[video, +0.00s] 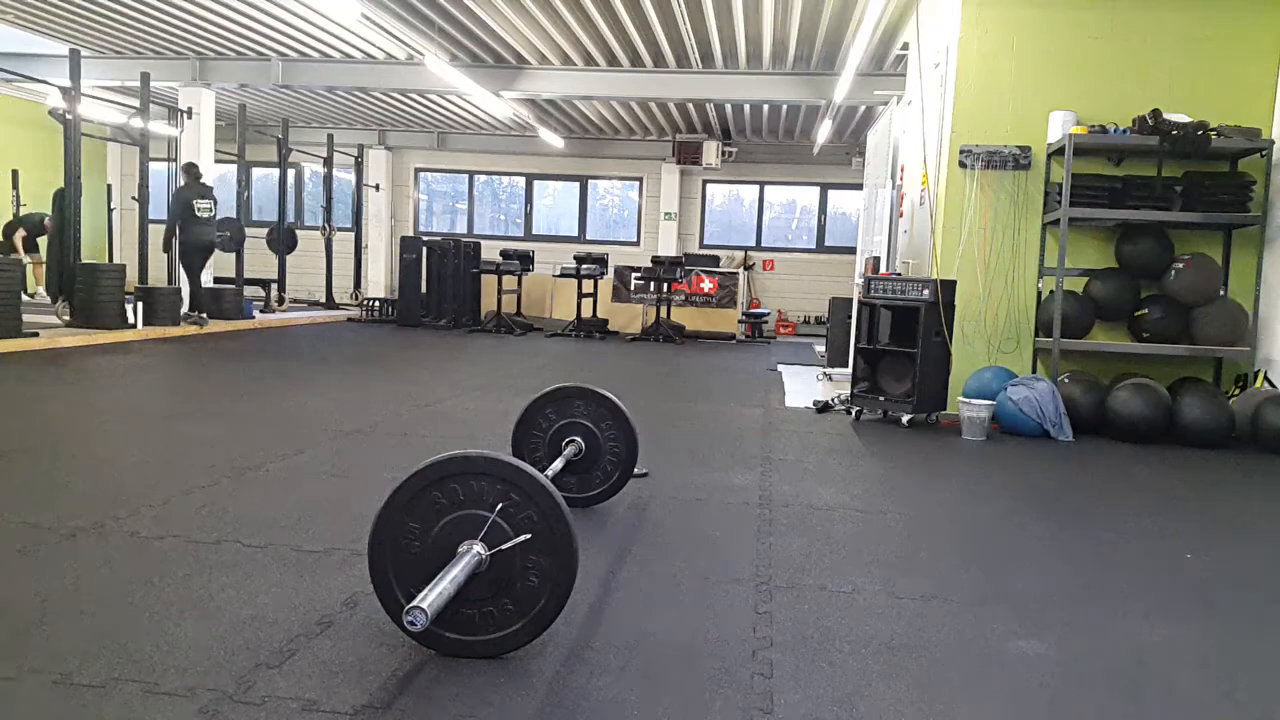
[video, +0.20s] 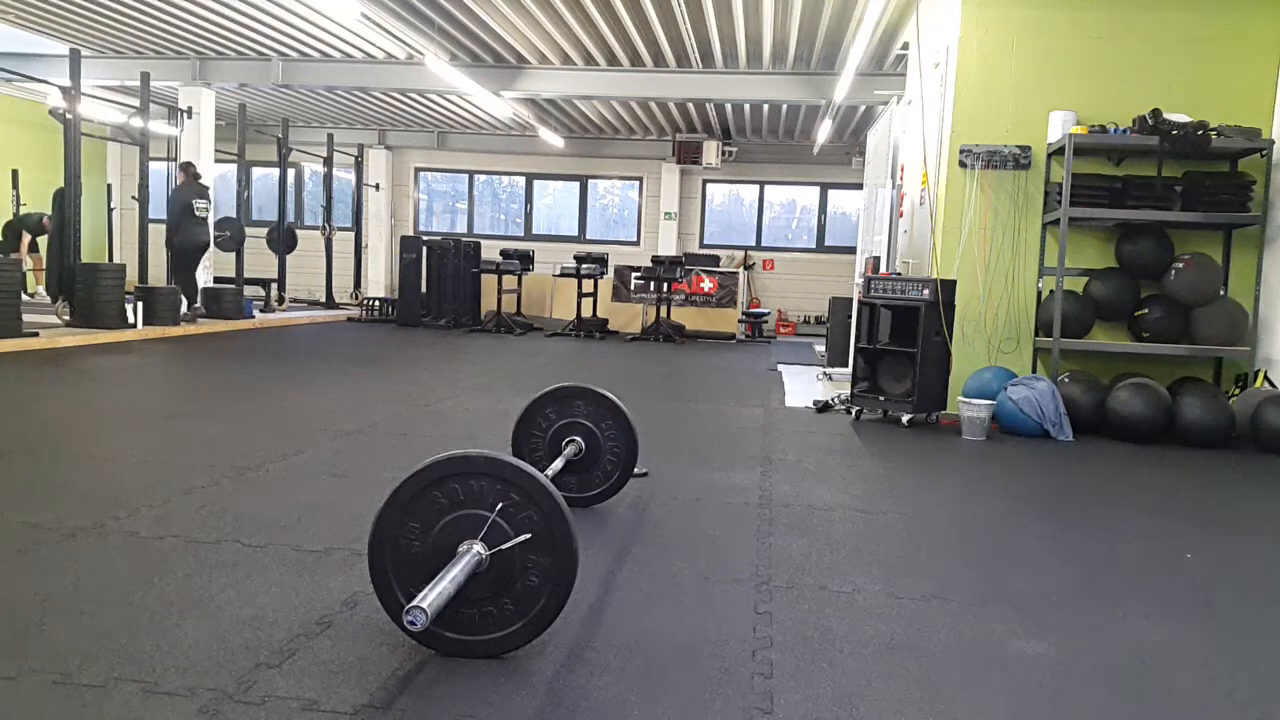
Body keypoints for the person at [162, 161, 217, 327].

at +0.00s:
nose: (182, 177)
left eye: (183, 174)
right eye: (184, 174)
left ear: (185, 174)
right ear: (198, 173)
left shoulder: (180, 193)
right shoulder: (209, 192)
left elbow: (172, 219)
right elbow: (213, 215)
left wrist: (167, 241)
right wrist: (210, 235)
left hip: (189, 240)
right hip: (209, 240)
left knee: (194, 277)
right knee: (195, 276)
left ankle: (202, 314)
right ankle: (191, 311)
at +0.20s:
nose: (177, 177)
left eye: (179, 174)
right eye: (178, 174)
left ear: (183, 174)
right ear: (194, 173)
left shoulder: (179, 191)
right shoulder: (204, 190)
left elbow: (173, 218)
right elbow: (203, 215)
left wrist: (169, 239)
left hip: (184, 237)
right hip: (202, 237)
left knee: (179, 272)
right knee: (190, 272)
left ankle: (193, 305)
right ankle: (191, 308)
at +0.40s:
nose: (171, 176)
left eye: (173, 173)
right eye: (171, 173)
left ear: (180, 173)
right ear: (186, 173)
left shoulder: (180, 190)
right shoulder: (196, 188)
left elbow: (174, 216)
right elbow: (198, 215)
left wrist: (164, 236)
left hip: (182, 235)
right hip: (198, 235)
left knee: (166, 270)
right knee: (187, 272)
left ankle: (172, 308)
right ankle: (191, 311)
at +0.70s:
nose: (159, 176)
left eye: (162, 173)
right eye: (160, 173)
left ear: (171, 174)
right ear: (172, 174)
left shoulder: (173, 191)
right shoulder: (182, 189)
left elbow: (170, 222)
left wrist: (161, 244)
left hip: (174, 237)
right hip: (185, 237)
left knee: (162, 272)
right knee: (183, 273)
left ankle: (162, 309)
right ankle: (190, 310)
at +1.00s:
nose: (148, 174)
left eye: (152, 171)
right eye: (149, 171)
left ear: (161, 173)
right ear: (160, 174)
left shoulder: (164, 191)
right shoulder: (163, 189)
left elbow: (162, 221)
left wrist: (151, 246)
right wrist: (146, 241)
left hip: (161, 238)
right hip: (166, 237)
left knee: (155, 277)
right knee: (168, 276)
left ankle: (157, 310)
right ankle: (185, 308)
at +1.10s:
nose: (144, 173)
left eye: (147, 170)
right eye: (144, 170)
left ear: (157, 172)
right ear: (155, 172)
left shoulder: (162, 190)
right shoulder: (152, 190)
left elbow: (159, 222)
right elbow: (146, 219)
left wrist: (147, 244)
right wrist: (138, 237)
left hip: (158, 240)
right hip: (149, 238)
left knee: (152, 278)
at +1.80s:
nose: (124, 173)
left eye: (127, 169)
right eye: (124, 169)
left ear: (137, 171)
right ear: (137, 172)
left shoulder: (141, 190)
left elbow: (142, 221)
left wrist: (134, 246)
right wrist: (123, 240)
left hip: (140, 234)